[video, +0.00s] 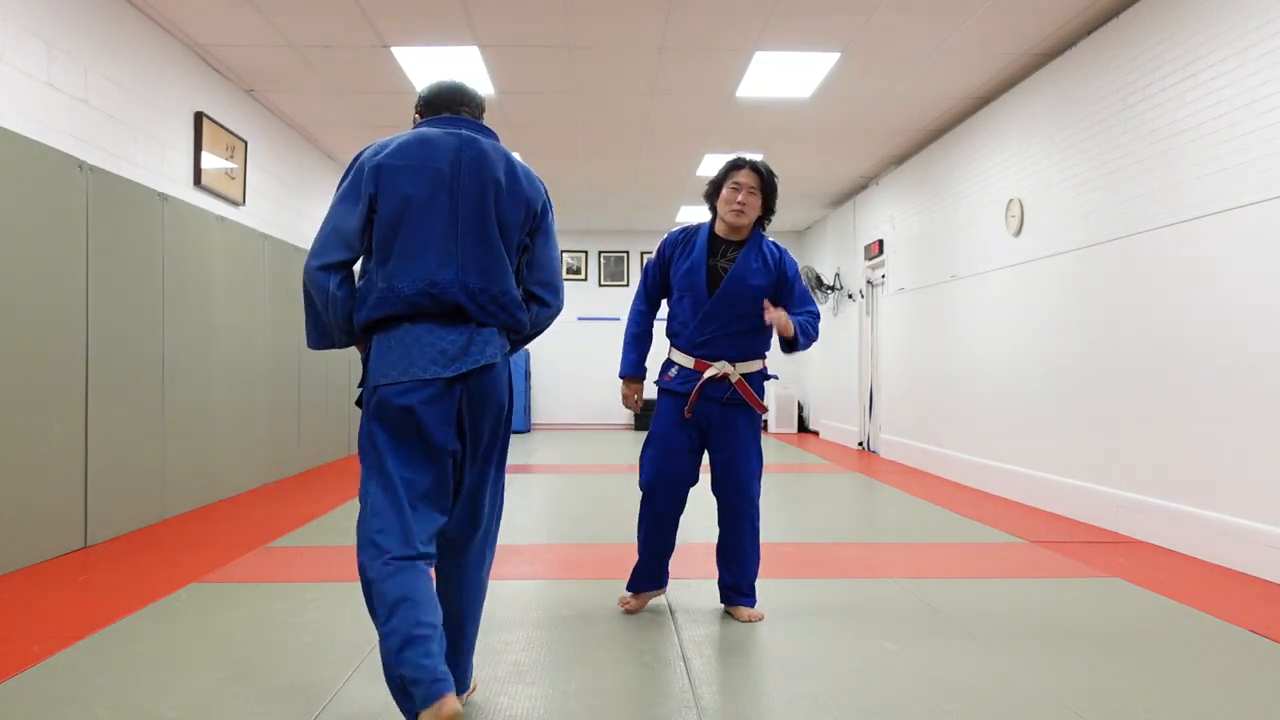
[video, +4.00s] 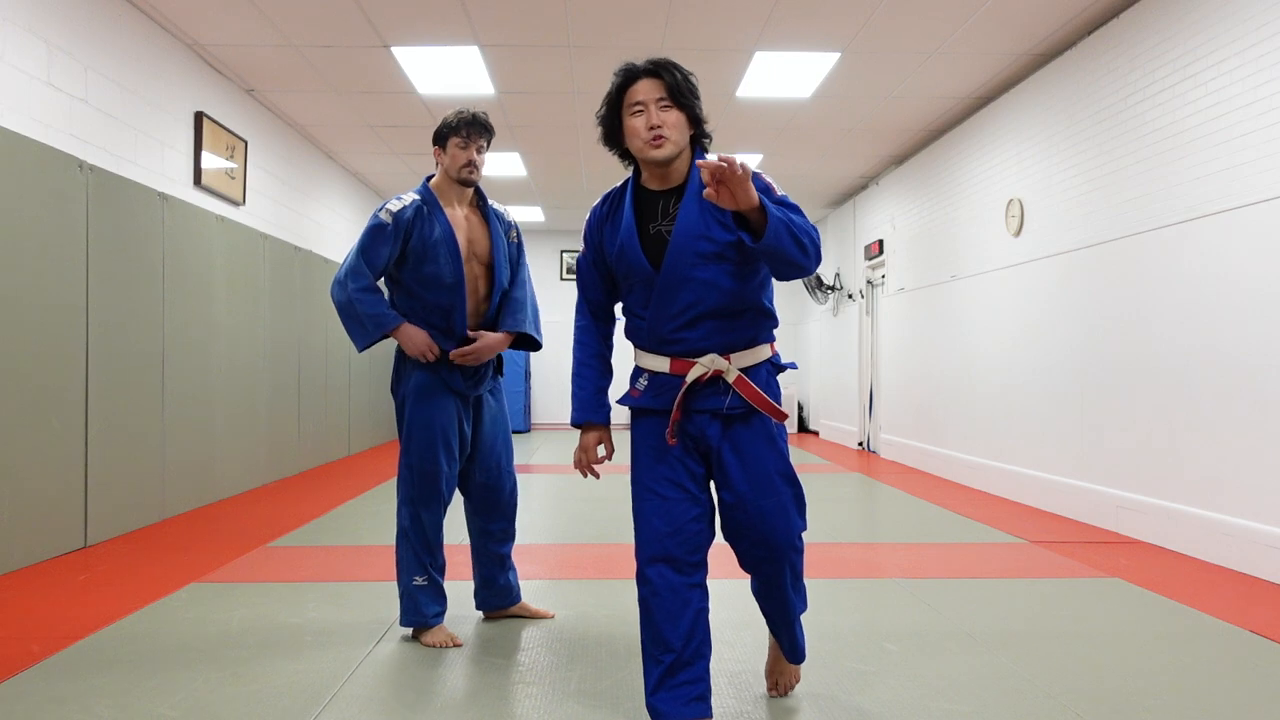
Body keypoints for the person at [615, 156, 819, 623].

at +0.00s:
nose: (740, 197)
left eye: (752, 192)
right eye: (734, 187)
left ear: (764, 206)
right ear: (715, 194)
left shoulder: (776, 260)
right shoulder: (679, 243)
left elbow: (809, 322)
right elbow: (644, 304)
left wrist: (790, 326)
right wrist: (631, 369)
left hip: (740, 389)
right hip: (679, 383)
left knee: (740, 497)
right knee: (659, 484)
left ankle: (739, 595)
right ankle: (649, 579)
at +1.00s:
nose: (629, 177)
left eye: (639, 168)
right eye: (619, 172)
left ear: (661, 178)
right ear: (609, 191)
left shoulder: (696, 221)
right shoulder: (607, 255)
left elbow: (751, 268)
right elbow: (593, 332)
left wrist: (715, 231)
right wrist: (584, 403)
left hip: (712, 382)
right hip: (646, 389)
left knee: (740, 504)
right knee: (649, 511)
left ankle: (772, 620)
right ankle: (658, 620)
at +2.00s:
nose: (714, 159)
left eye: (730, 150)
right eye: (710, 149)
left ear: (763, 161)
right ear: (706, 156)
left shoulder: (777, 224)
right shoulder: (722, 221)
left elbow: (782, 326)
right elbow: (722, 308)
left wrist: (699, 354)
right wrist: (689, 346)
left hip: (760, 394)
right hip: (709, 389)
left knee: (745, 523)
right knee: (686, 509)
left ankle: (758, 657)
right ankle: (693, 624)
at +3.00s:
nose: (727, 146)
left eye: (741, 135)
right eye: (715, 136)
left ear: (763, 149)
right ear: (697, 151)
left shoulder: (791, 213)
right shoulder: (673, 227)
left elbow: (861, 270)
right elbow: (645, 320)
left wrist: (809, 198)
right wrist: (633, 405)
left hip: (774, 398)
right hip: (697, 397)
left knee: (770, 540)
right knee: (694, 540)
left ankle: (761, 657)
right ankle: (693, 686)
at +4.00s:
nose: (654, 119)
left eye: (667, 105)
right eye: (638, 111)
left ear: (692, 119)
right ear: (621, 133)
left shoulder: (736, 184)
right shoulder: (608, 216)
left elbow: (805, 257)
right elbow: (593, 319)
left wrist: (753, 210)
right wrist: (589, 416)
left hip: (746, 390)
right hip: (659, 398)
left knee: (771, 541)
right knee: (667, 567)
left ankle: (785, 641)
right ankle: (678, 709)